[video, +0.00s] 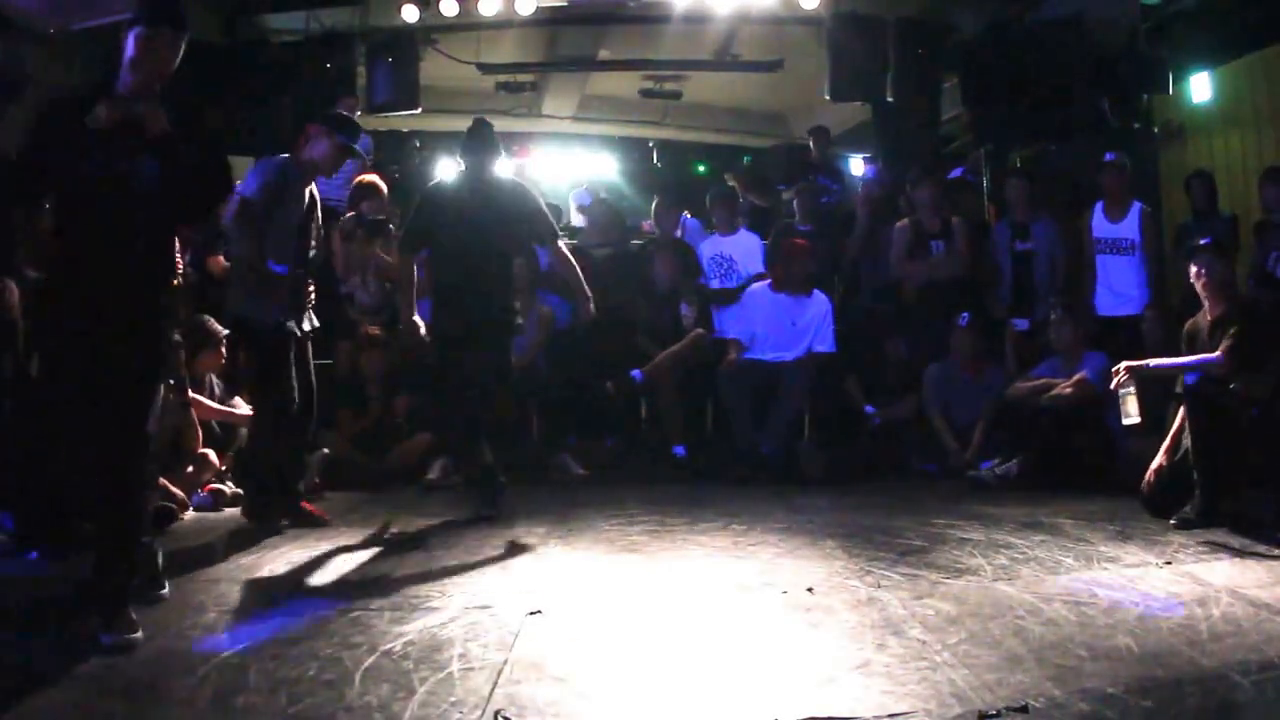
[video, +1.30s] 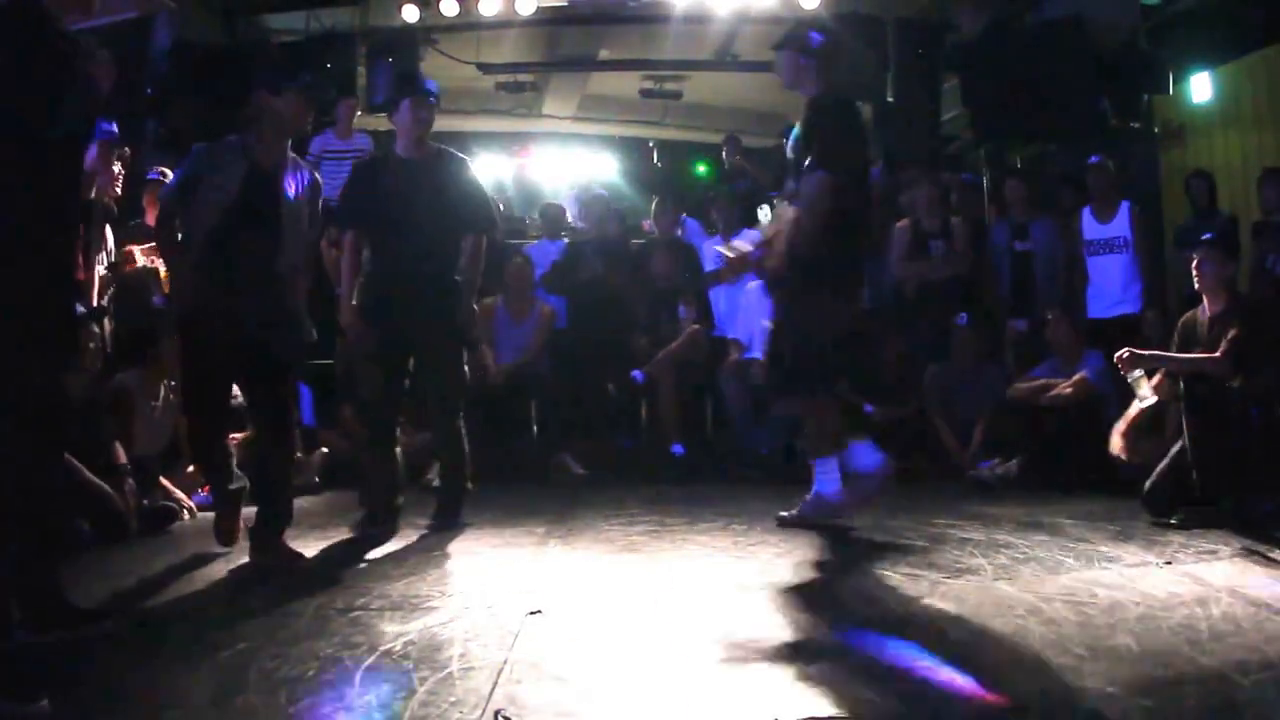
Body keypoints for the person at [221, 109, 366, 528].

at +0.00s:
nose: (340, 162)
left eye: (345, 155)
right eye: (337, 150)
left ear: (334, 153)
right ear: (311, 137)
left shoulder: (311, 195)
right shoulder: (272, 172)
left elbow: (308, 256)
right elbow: (237, 225)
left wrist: (307, 288)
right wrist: (265, 269)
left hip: (294, 315)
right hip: (263, 314)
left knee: (303, 404)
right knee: (278, 403)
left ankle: (289, 494)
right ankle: (261, 498)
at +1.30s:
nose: (303, 114)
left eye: (304, 105)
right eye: (294, 102)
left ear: (301, 115)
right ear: (262, 102)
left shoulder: (305, 179)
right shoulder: (211, 161)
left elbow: (307, 253)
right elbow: (165, 218)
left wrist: (298, 312)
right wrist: (180, 274)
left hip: (273, 316)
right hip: (208, 314)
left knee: (278, 429)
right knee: (202, 417)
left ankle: (270, 537)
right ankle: (225, 492)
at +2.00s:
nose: (259, 71)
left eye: (260, 60)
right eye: (249, 59)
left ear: (249, 69)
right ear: (217, 61)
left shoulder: (239, 137)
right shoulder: (185, 124)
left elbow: (232, 222)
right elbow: (148, 201)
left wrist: (256, 260)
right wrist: (196, 259)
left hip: (221, 303)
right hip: (175, 306)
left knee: (243, 423)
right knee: (182, 426)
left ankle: (216, 536)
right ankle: (180, 553)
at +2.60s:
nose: (236, 96)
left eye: (235, 86)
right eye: (232, 85)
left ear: (199, 81)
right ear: (216, 83)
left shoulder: (185, 120)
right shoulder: (192, 117)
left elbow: (172, 209)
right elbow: (163, 199)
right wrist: (207, 254)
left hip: (166, 297)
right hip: (167, 301)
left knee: (179, 422)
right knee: (183, 425)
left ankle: (179, 535)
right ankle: (179, 554)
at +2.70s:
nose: (233, 100)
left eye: (231, 94)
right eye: (231, 93)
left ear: (193, 88)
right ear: (221, 91)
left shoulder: (169, 126)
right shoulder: (205, 120)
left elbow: (128, 210)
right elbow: (190, 197)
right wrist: (229, 263)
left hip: (150, 301)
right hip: (176, 305)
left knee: (175, 422)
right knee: (191, 422)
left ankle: (171, 541)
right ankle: (179, 550)